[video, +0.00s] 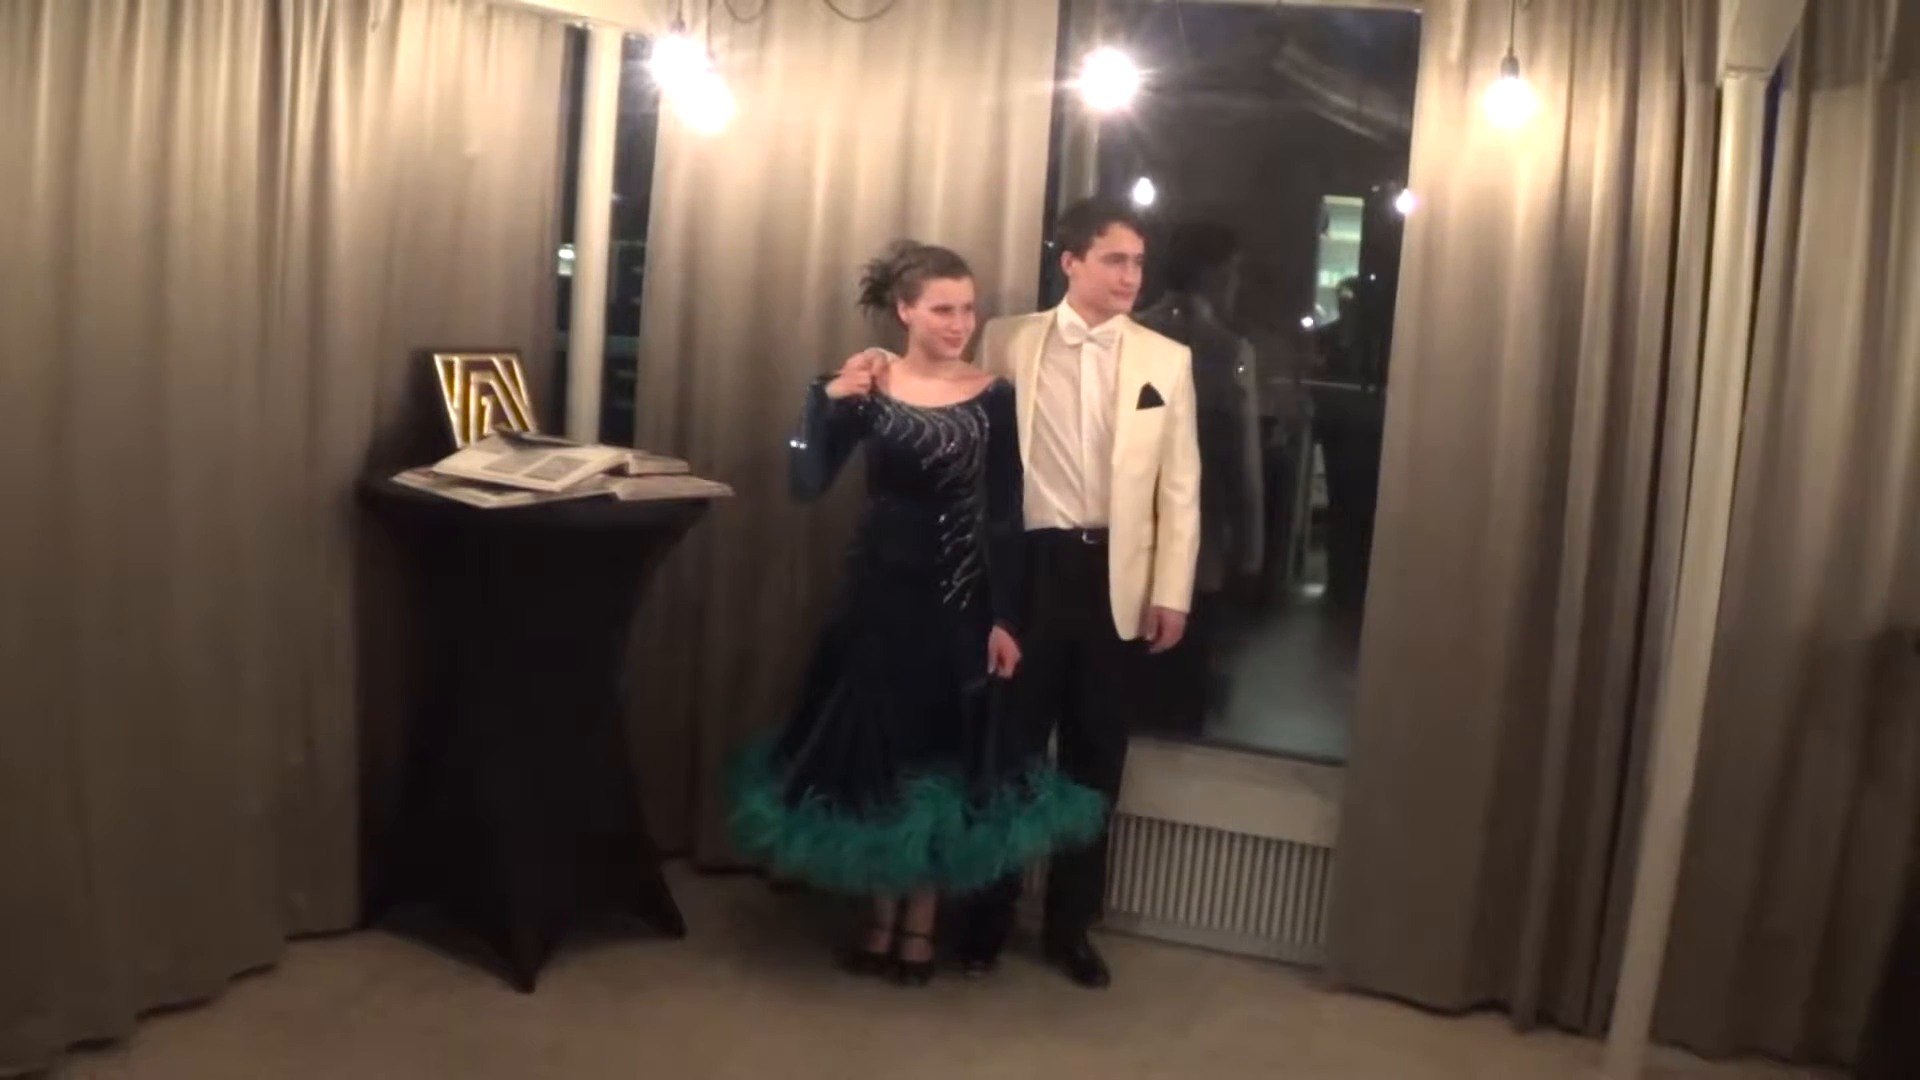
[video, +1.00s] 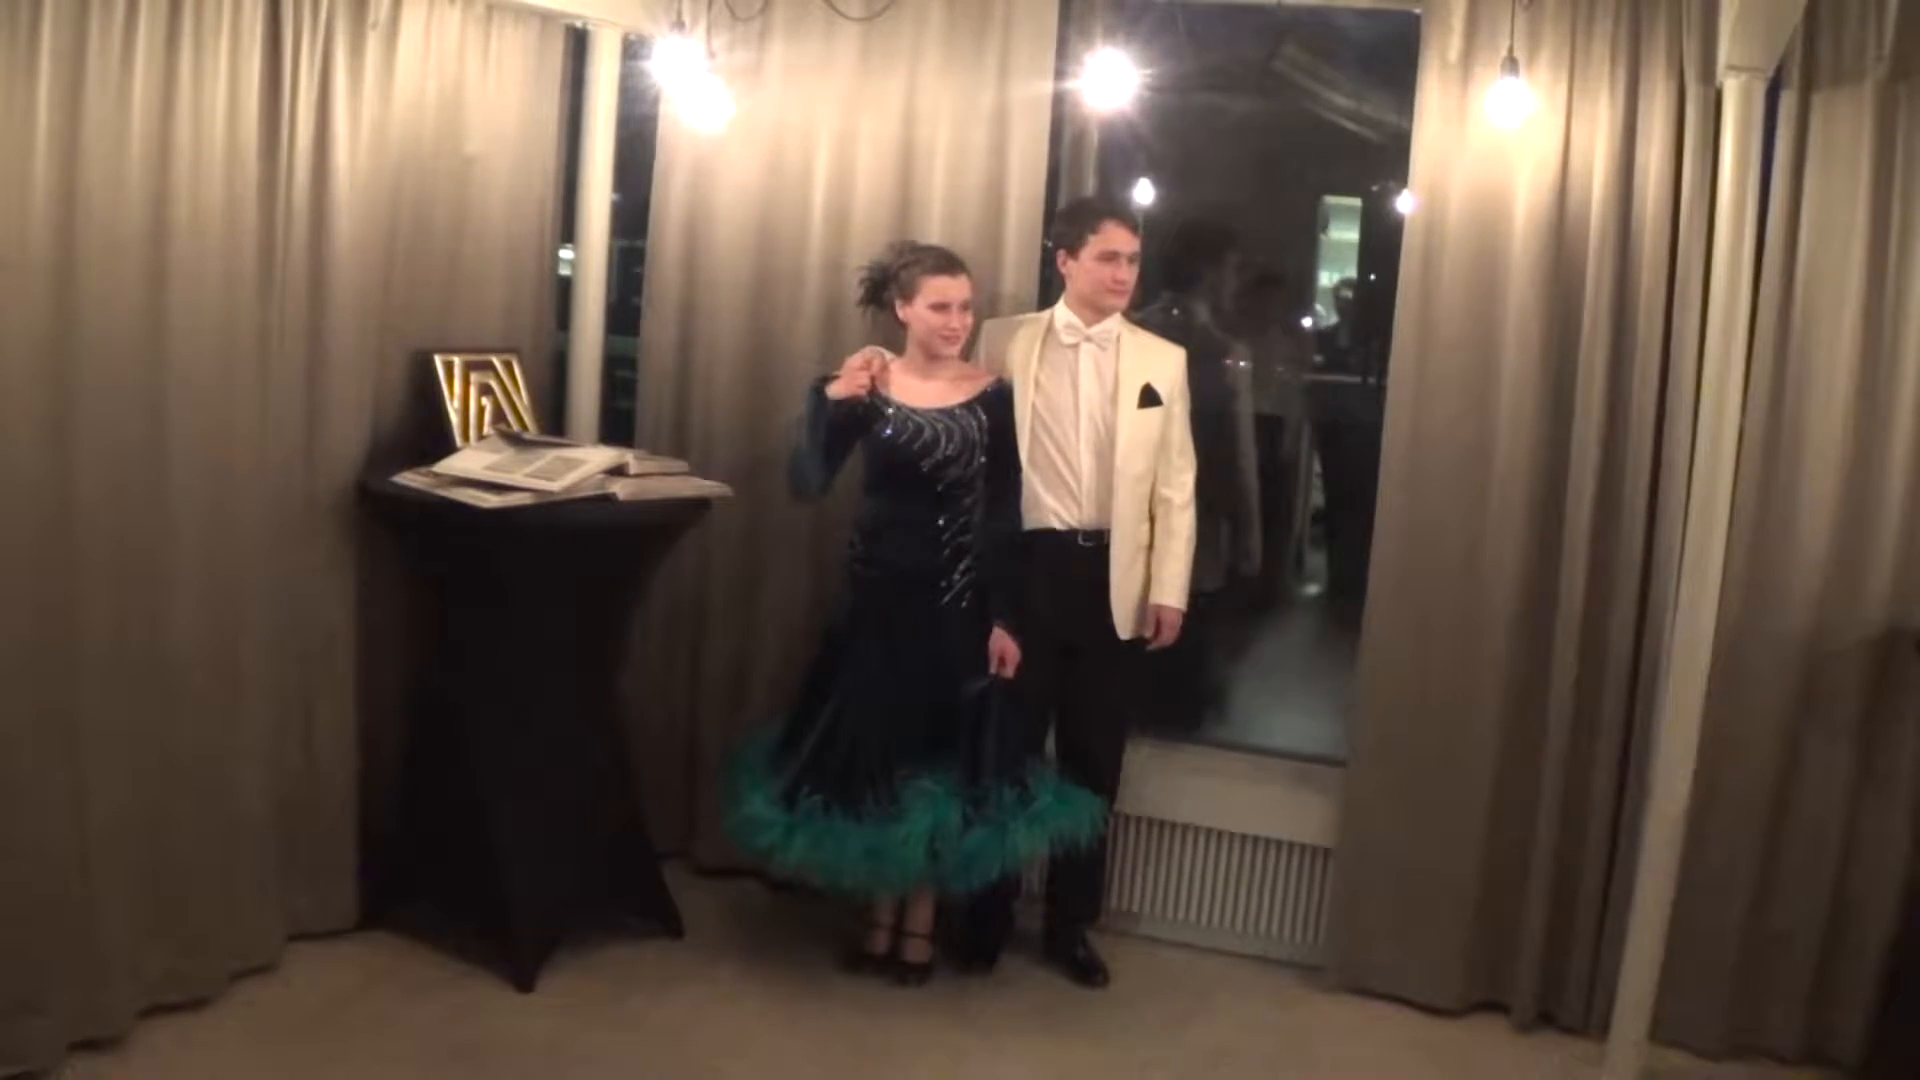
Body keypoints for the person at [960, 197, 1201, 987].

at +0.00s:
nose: (1129, 276)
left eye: (1138, 264)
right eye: (1114, 260)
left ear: (1144, 274)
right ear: (1069, 263)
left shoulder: (1167, 362)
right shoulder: (1009, 342)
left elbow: (1181, 488)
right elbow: (970, 456)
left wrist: (1172, 592)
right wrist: (964, 566)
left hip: (1115, 573)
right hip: (1021, 566)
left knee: (1096, 755)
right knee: (1007, 741)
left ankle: (1071, 927)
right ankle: (981, 920)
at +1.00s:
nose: (1124, 275)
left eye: (1133, 262)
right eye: (1109, 259)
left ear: (1141, 272)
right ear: (1064, 262)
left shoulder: (1163, 362)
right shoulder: (1007, 343)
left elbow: (1177, 485)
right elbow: (967, 457)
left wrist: (1169, 588)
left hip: (1114, 575)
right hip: (1020, 567)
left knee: (1094, 756)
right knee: (1005, 742)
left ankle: (1071, 926)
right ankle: (980, 921)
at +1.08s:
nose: (1124, 274)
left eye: (1133, 262)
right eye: (1109, 258)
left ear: (1140, 273)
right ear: (1064, 262)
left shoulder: (1162, 362)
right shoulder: (1007, 342)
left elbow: (1177, 485)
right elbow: (966, 453)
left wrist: (1169, 588)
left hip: (1114, 576)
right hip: (1020, 567)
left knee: (1094, 756)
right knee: (1006, 742)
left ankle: (1071, 926)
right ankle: (980, 920)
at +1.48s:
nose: (1112, 271)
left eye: (1123, 257)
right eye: (1097, 257)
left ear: (1135, 266)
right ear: (1059, 263)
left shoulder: (1167, 355)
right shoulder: (1009, 333)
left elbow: (1202, 475)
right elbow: (941, 375)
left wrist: (1185, 580)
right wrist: (879, 358)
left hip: (1116, 572)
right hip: (1023, 561)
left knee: (1097, 754)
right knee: (1009, 739)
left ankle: (1070, 926)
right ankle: (984, 922)